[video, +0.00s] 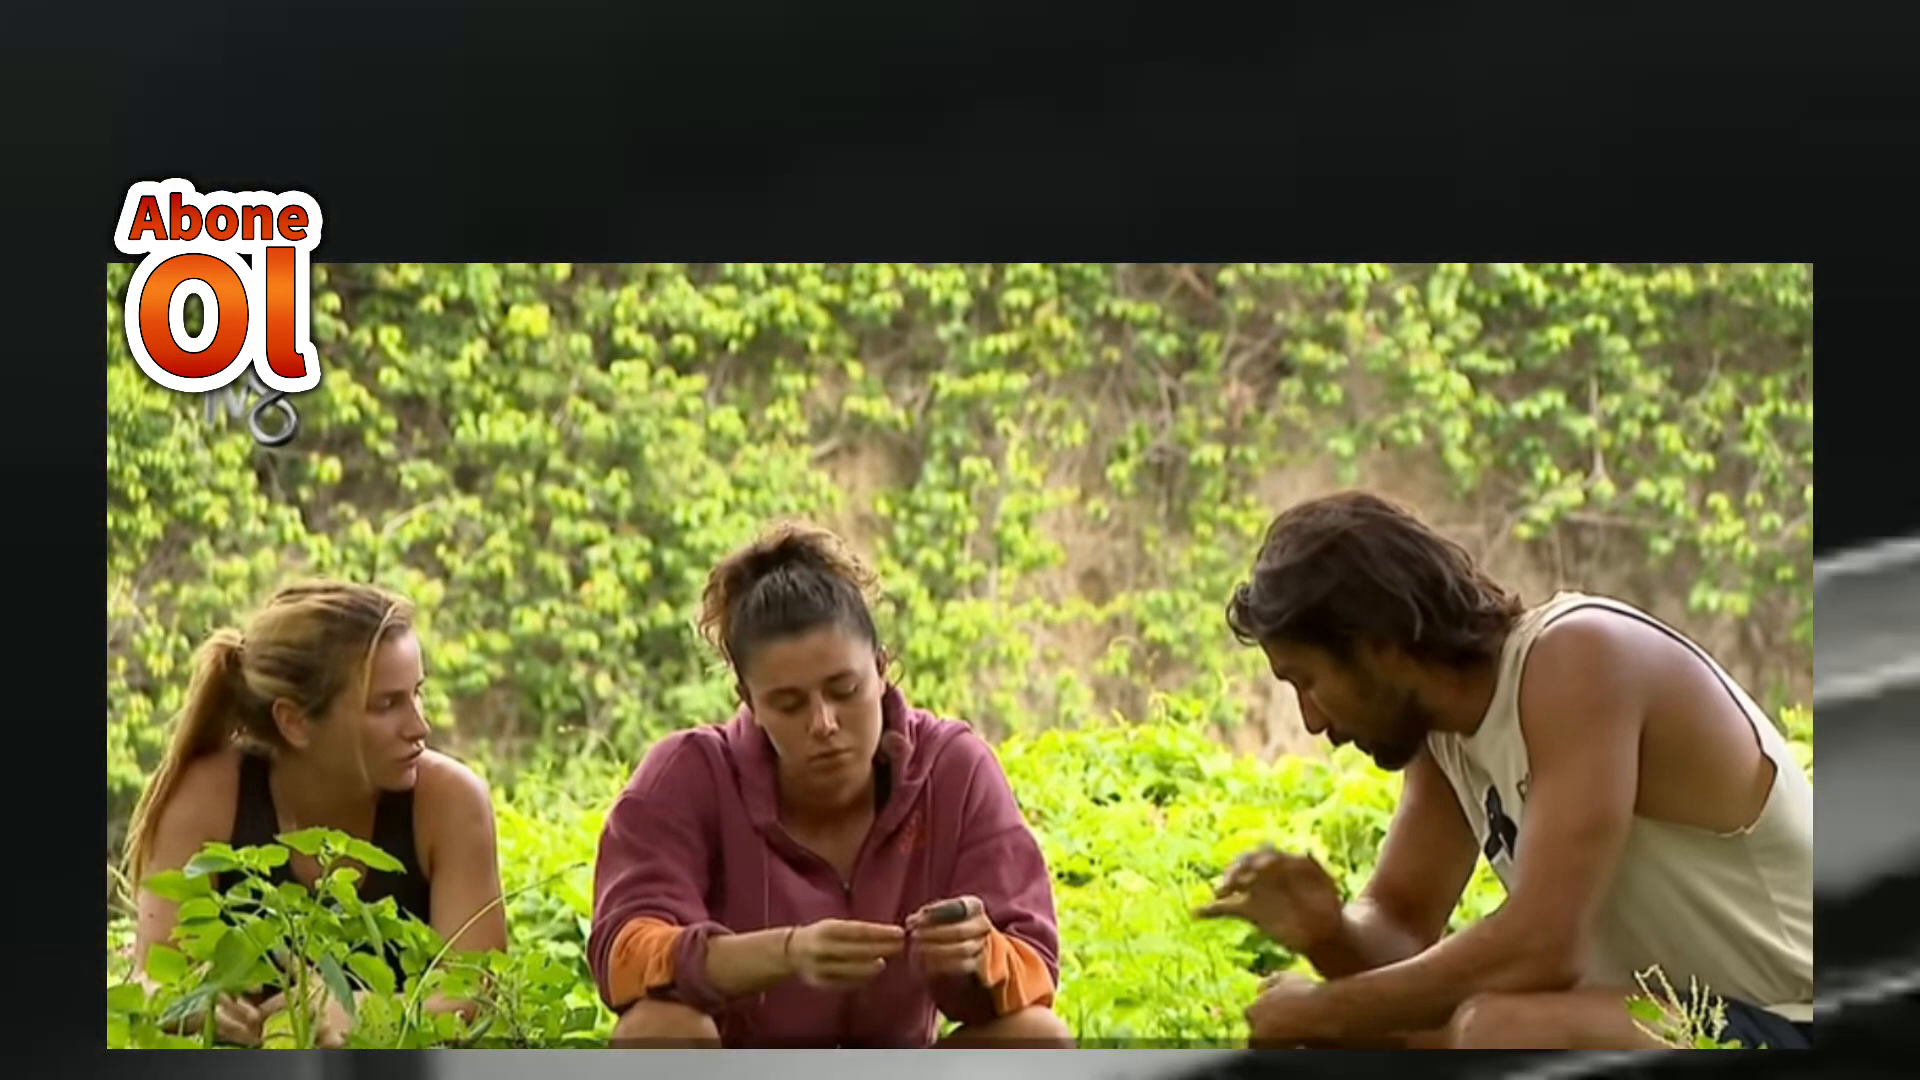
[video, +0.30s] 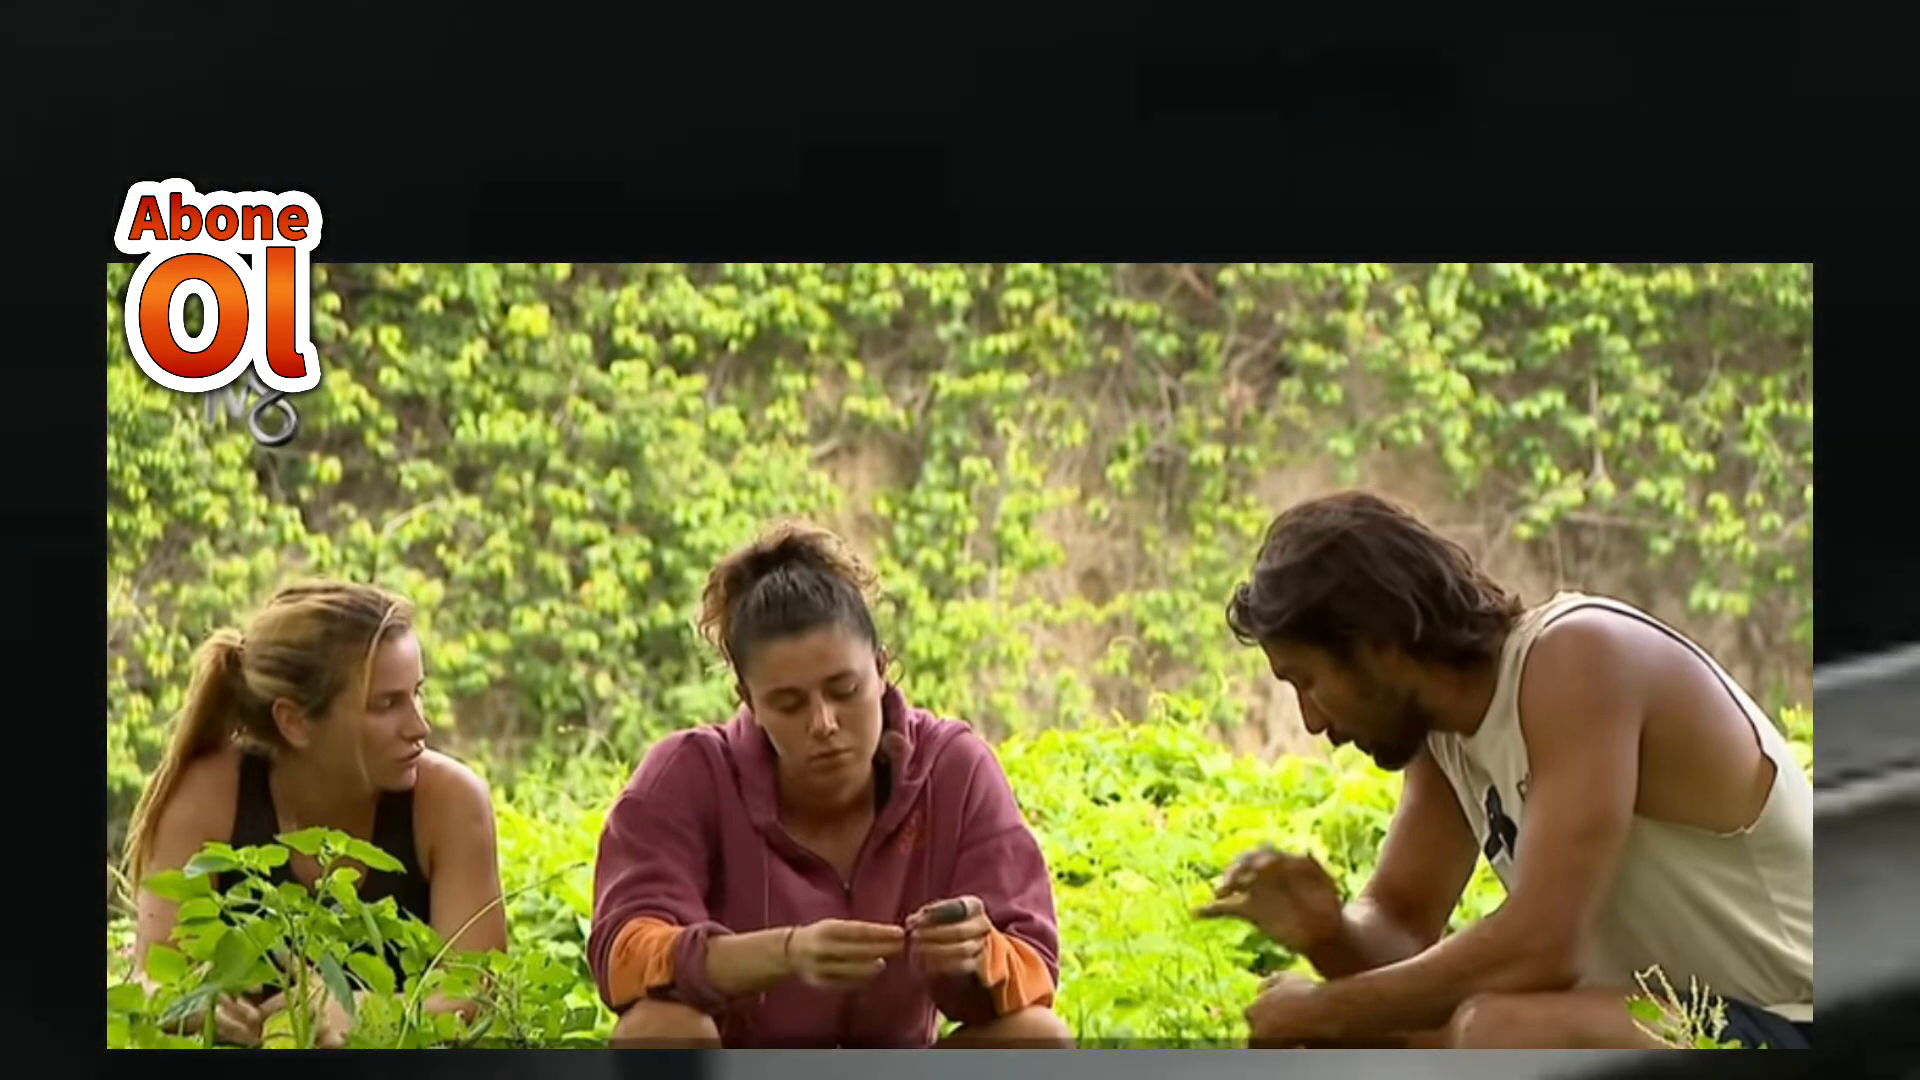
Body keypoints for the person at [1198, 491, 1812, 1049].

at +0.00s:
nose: (1310, 722)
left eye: (1305, 686)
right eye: (1295, 692)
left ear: (1384, 641)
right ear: (1384, 643)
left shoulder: (1584, 656)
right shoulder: (1451, 733)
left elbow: (1540, 950)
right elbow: (1402, 925)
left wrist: (1328, 1014)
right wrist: (1330, 933)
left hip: (1789, 1012)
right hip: (1653, 1003)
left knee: (1498, 1025)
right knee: (1378, 1028)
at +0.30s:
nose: (1310, 723)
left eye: (1305, 686)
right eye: (1295, 693)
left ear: (1384, 642)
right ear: (1384, 644)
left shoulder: (1584, 656)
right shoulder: (1450, 730)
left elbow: (1539, 950)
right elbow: (1403, 924)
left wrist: (1324, 1015)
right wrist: (1330, 933)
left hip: (1790, 1013)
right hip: (1655, 1001)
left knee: (1501, 1026)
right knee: (1384, 1026)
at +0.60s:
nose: (1310, 723)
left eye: (1305, 686)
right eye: (1295, 693)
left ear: (1385, 643)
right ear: (1385, 644)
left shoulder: (1584, 656)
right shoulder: (1451, 730)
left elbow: (1540, 950)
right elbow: (1402, 925)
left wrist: (1326, 1015)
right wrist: (1330, 934)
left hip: (1788, 1017)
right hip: (1652, 1002)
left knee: (1502, 1025)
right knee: (1380, 1024)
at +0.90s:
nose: (1310, 723)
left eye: (1305, 686)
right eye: (1295, 693)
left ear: (1385, 643)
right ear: (1386, 645)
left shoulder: (1584, 656)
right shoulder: (1451, 730)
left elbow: (1540, 950)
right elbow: (1403, 925)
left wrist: (1326, 1015)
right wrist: (1330, 935)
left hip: (1789, 1018)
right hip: (1653, 1003)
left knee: (1502, 1025)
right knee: (1382, 1024)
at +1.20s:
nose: (1310, 723)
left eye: (1305, 686)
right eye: (1295, 693)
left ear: (1385, 643)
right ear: (1385, 645)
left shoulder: (1584, 656)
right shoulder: (1451, 731)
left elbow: (1540, 950)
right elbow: (1402, 926)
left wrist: (1326, 1015)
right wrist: (1330, 934)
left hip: (1789, 1017)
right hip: (1654, 1003)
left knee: (1502, 1025)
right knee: (1379, 1025)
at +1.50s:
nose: (1310, 723)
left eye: (1305, 686)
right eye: (1295, 692)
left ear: (1385, 642)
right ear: (1385, 644)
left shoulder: (1584, 656)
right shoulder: (1451, 732)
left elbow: (1540, 950)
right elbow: (1402, 924)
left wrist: (1324, 1015)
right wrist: (1330, 934)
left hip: (1791, 1012)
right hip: (1656, 1001)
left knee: (1501, 1024)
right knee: (1382, 1027)